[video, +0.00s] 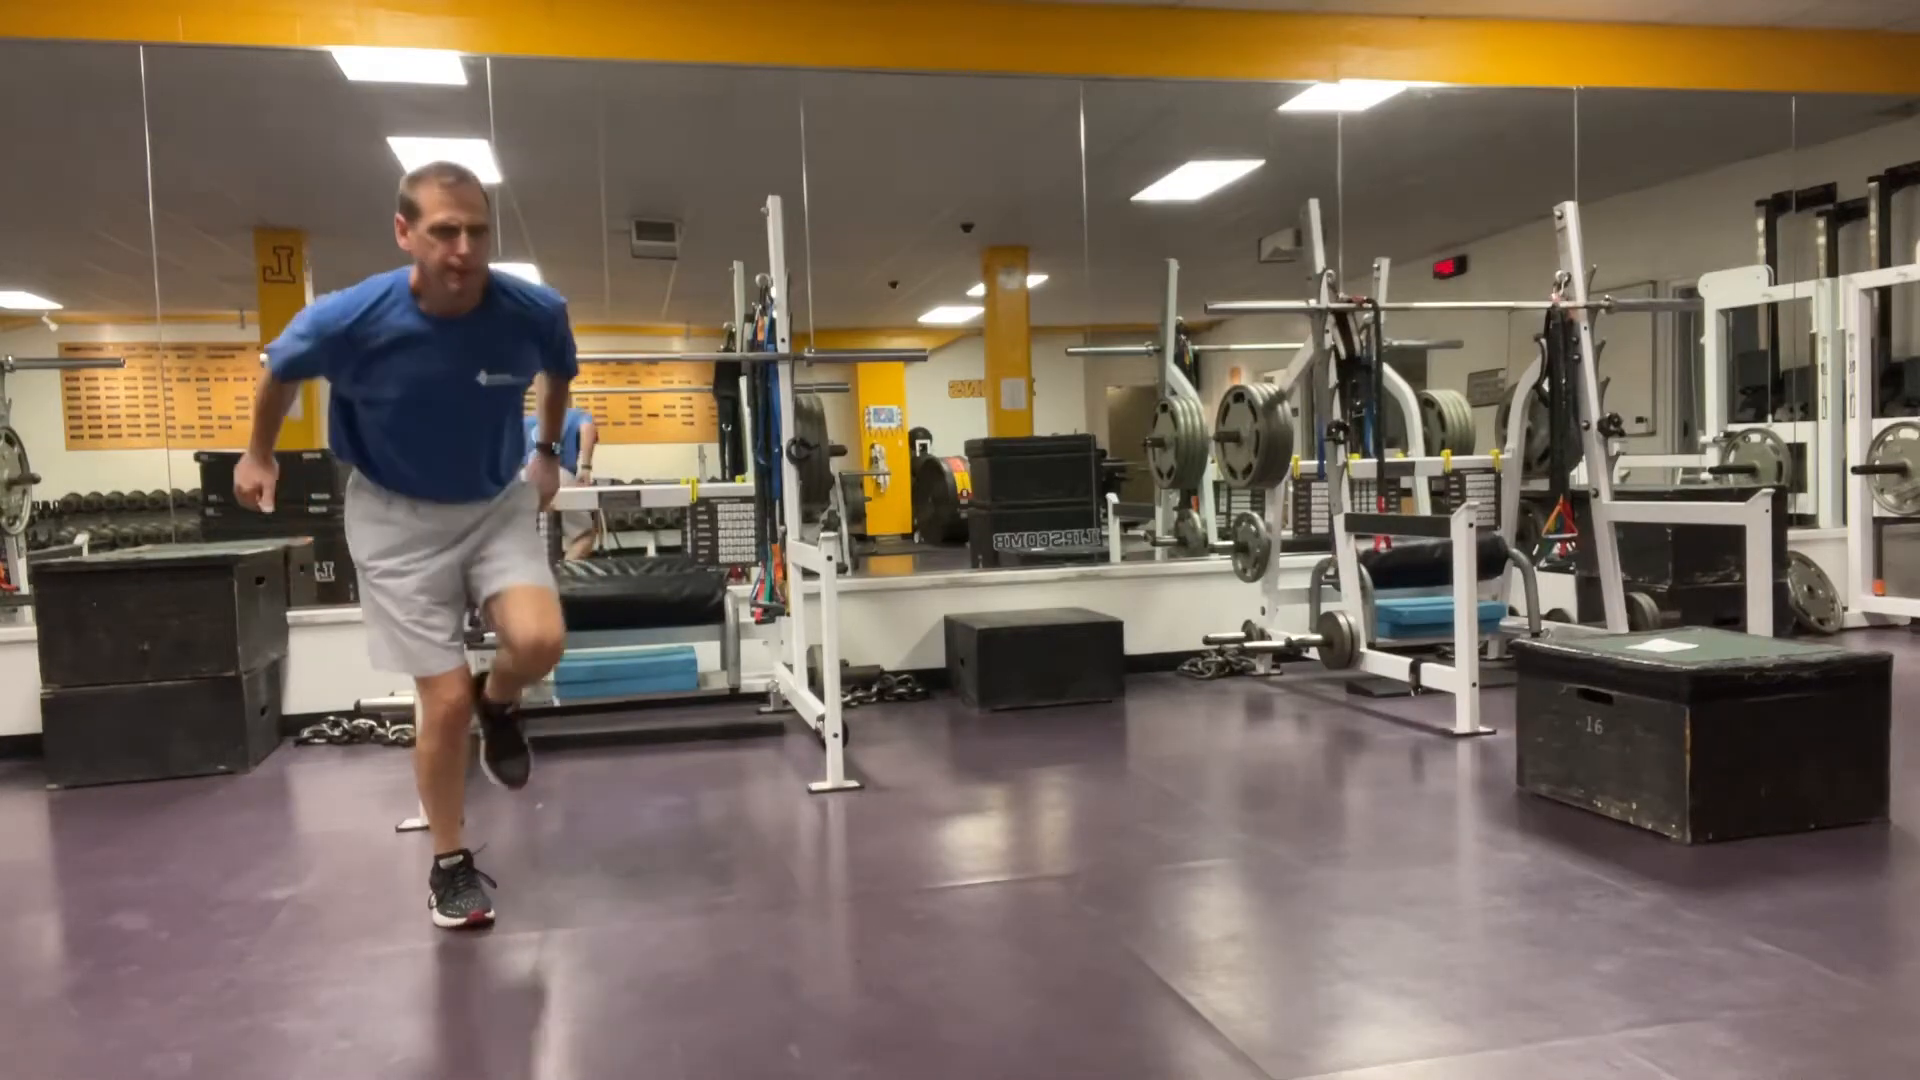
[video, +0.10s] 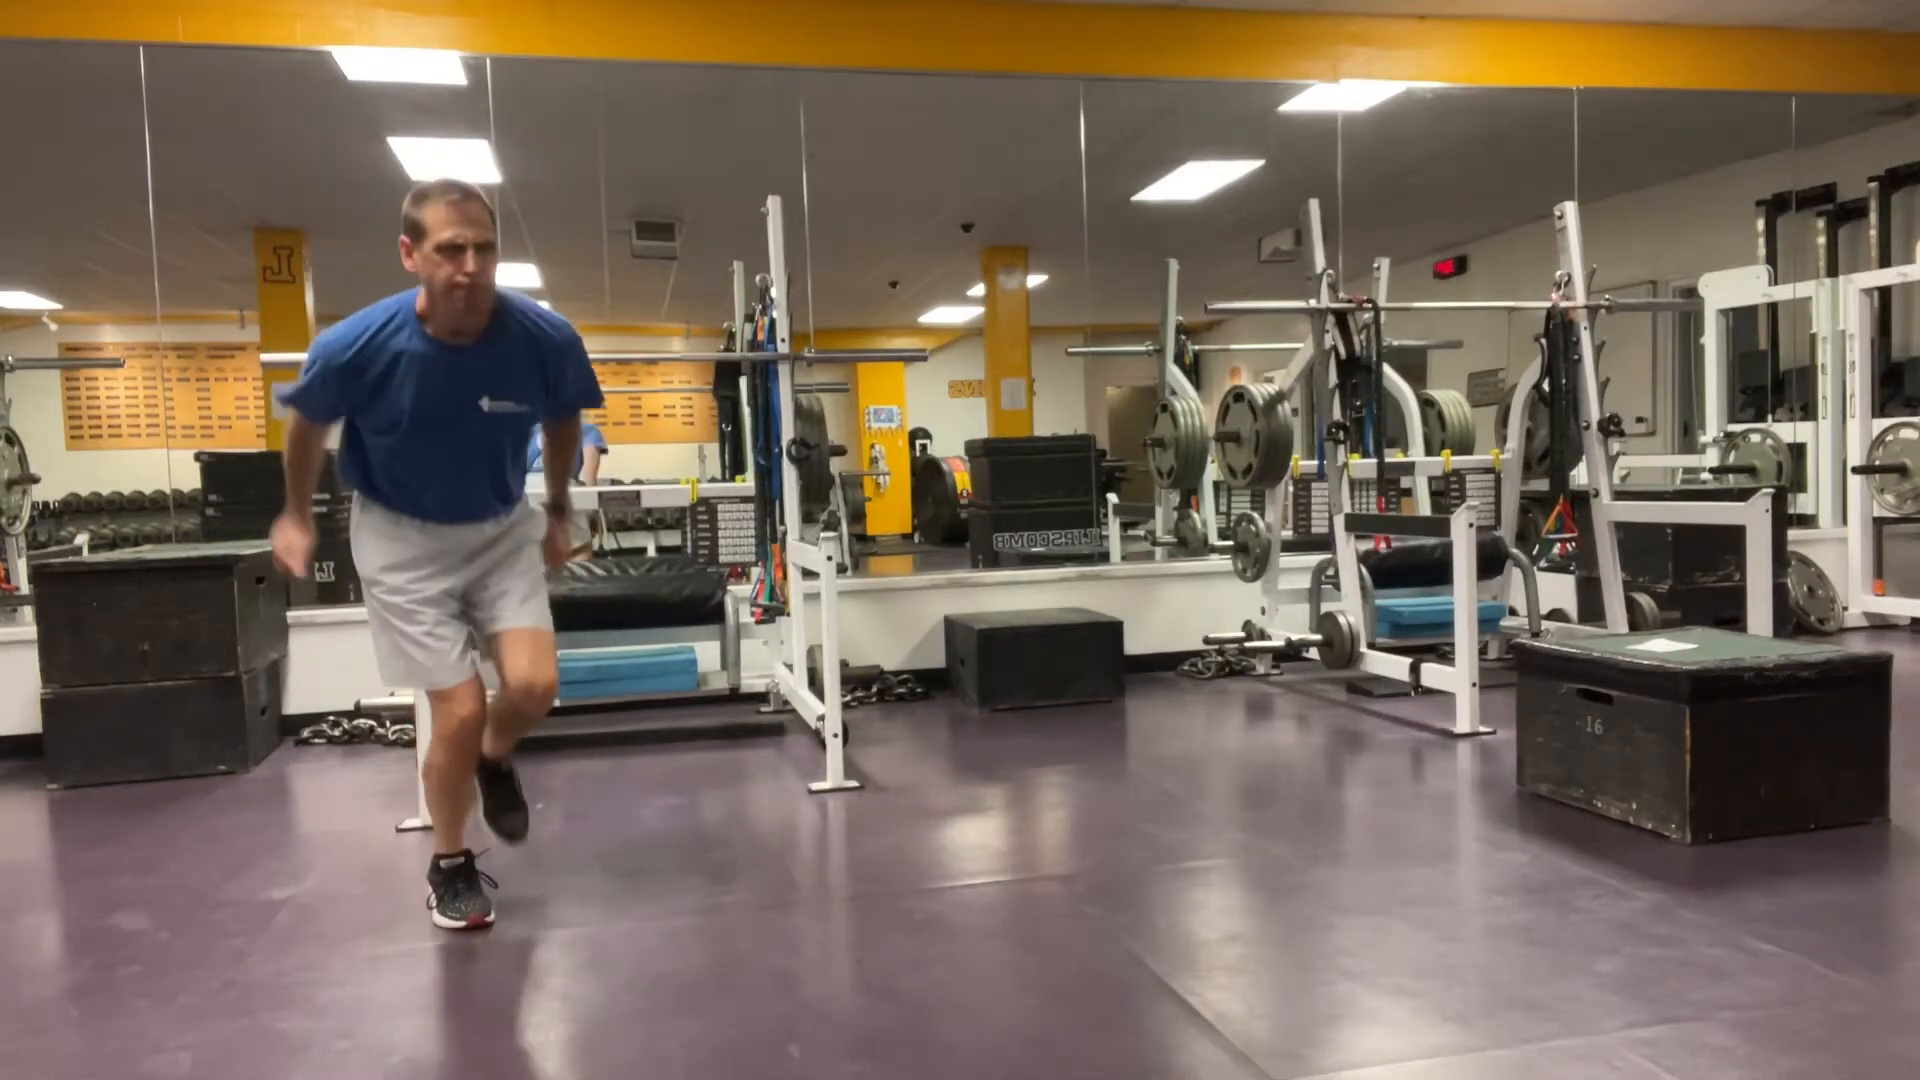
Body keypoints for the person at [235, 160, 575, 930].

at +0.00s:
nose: (464, 250)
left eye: (477, 233)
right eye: (445, 233)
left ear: (492, 233)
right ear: (405, 233)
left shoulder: (531, 313)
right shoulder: (349, 320)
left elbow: (558, 365)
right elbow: (281, 369)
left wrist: (547, 450)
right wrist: (258, 453)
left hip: (501, 502)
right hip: (397, 516)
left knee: (539, 641)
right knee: (451, 701)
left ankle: (494, 704)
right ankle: (451, 860)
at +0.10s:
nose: (468, 269)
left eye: (481, 250)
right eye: (449, 251)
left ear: (498, 253)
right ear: (409, 253)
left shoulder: (544, 340)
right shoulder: (353, 351)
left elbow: (562, 422)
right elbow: (308, 424)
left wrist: (559, 509)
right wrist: (296, 512)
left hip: (503, 529)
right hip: (401, 540)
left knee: (534, 685)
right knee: (462, 712)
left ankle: (490, 756)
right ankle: (452, 861)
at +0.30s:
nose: (477, 233)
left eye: (489, 216)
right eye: (458, 216)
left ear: (506, 220)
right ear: (415, 220)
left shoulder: (542, 302)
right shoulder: (375, 318)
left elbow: (627, 389)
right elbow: (376, 424)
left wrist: (619, 334)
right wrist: (463, 391)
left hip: (524, 523)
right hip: (426, 542)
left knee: (589, 640)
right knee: (475, 733)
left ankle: (579, 802)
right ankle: (455, 861)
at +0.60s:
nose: (569, 58)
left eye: (582, 38)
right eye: (547, 36)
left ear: (598, 46)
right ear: (499, 43)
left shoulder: (630, 130)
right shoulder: (446, 129)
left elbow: (774, 163)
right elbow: (286, 140)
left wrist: (745, 91)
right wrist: (405, 125)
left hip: (602, 389)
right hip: (496, 419)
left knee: (753, 461)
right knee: (551, 660)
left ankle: (671, 579)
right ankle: (533, 856)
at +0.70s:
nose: (614, 99)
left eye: (626, 78)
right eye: (593, 79)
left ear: (645, 81)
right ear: (542, 82)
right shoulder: (478, 165)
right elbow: (277, 204)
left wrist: (794, 181)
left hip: (634, 428)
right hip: (525, 457)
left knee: (810, 483)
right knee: (585, 706)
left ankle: (685, 575)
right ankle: (614, 959)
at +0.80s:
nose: (673, 179)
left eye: (681, 157)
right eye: (649, 160)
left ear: (694, 160)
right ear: (587, 164)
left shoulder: (721, 256)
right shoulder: (510, 281)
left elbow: (850, 297)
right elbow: (346, 391)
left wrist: (833, 329)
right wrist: (380, 503)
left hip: (674, 519)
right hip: (563, 545)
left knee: (860, 567)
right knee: (649, 762)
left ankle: (731, 681)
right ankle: (641, 1034)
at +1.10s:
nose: (847, 241)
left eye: (852, 218)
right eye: (820, 224)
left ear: (859, 219)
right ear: (751, 232)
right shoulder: (680, 365)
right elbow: (597, 550)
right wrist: (713, 599)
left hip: (798, 593)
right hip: (685, 611)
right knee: (770, 824)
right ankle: (645, 1037)